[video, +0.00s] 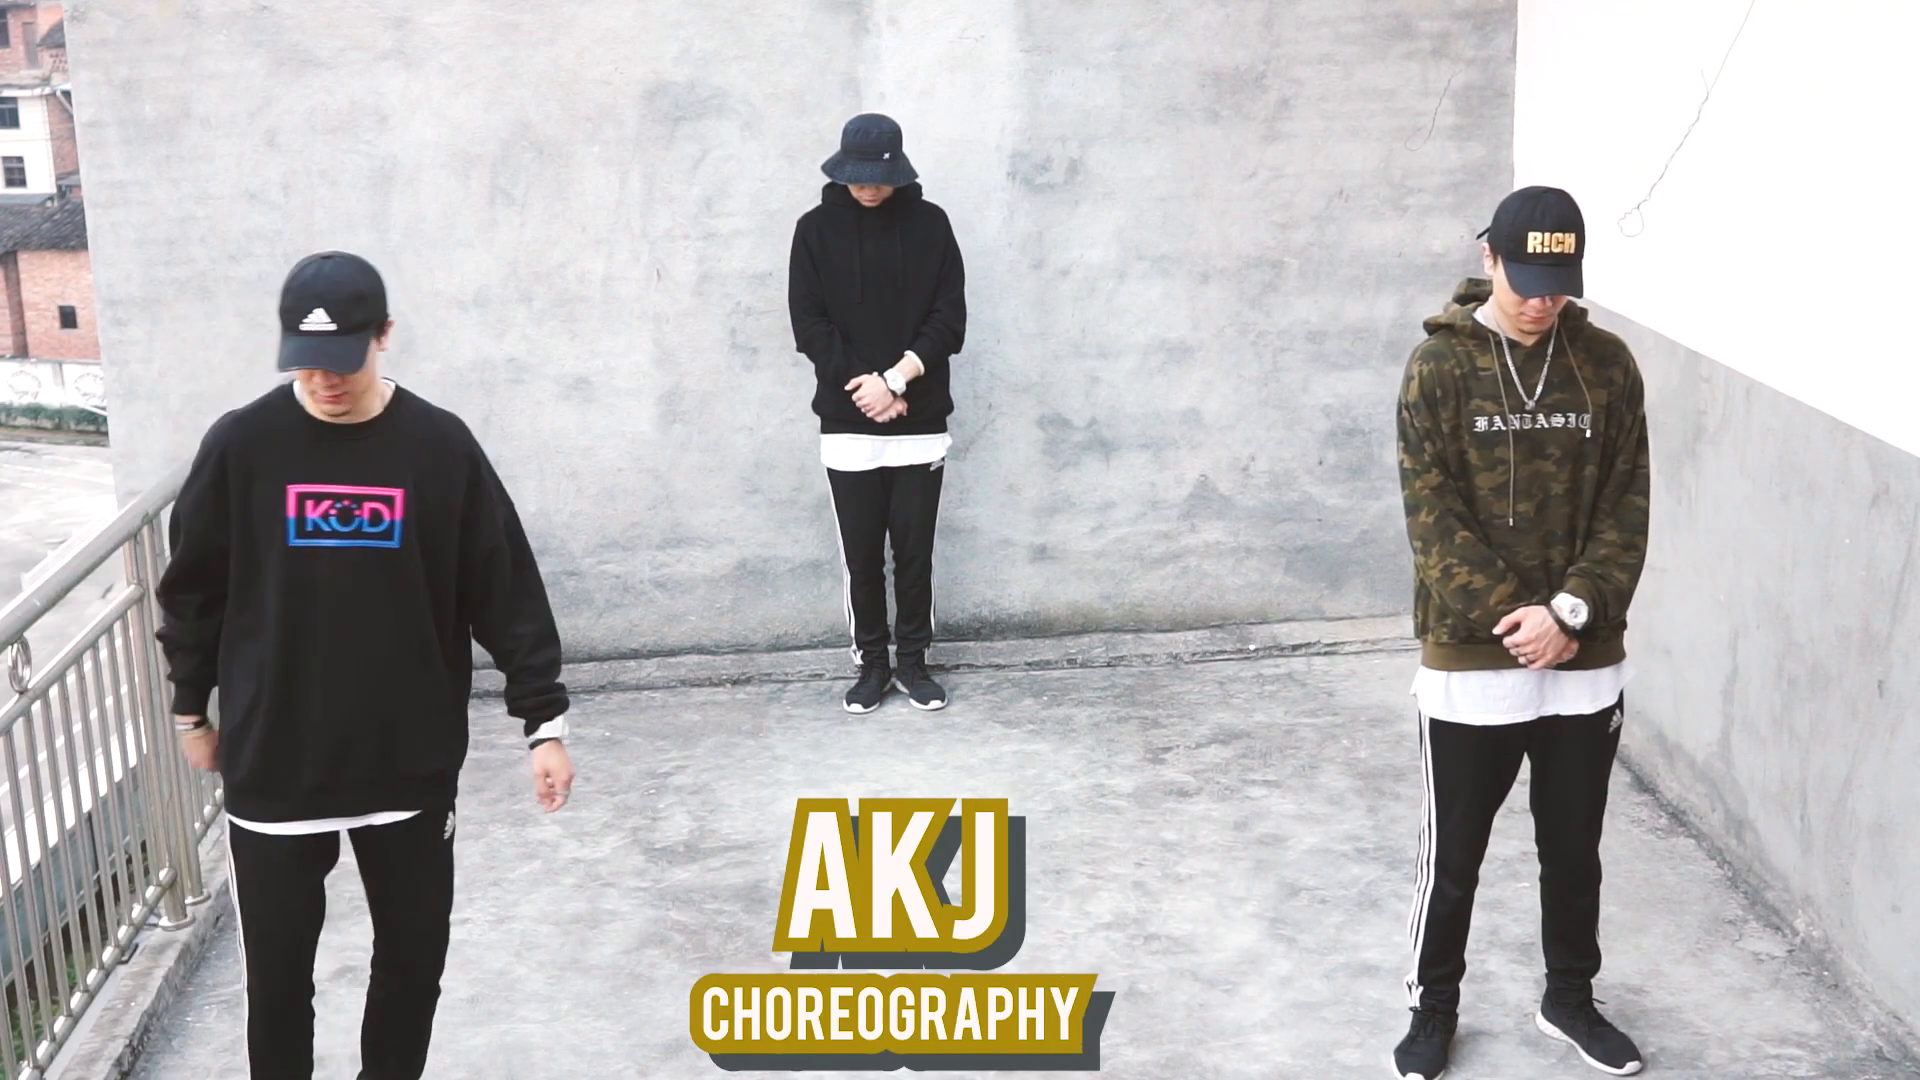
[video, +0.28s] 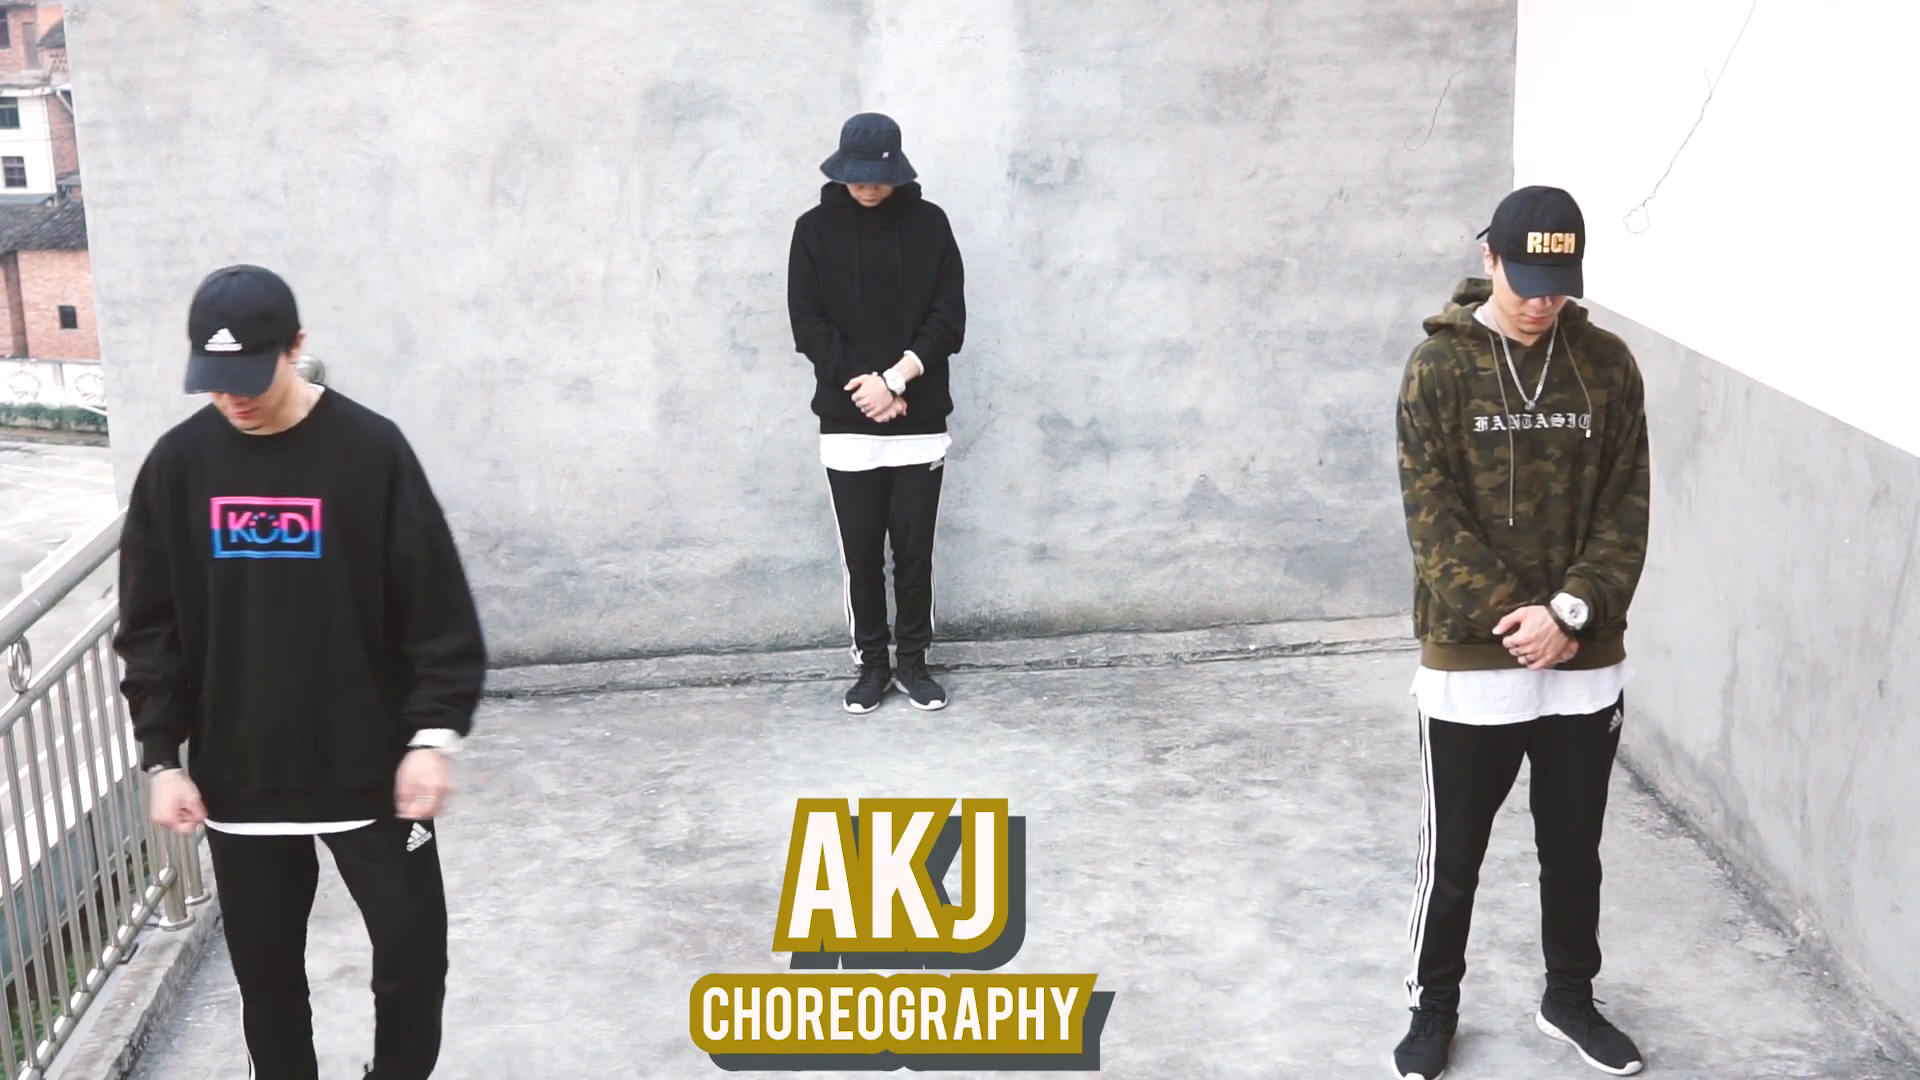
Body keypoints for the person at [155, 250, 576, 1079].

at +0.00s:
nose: (324, 377)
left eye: (343, 358)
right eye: (307, 360)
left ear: (384, 339)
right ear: (286, 347)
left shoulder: (443, 446)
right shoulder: (237, 447)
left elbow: (506, 589)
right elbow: (193, 583)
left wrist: (544, 726)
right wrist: (192, 710)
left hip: (407, 762)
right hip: (275, 763)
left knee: (413, 971)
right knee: (277, 981)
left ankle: (386, 1076)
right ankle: (280, 1077)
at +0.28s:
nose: (235, 402)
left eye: (251, 381)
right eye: (219, 383)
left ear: (295, 349)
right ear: (199, 362)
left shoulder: (372, 450)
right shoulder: (176, 464)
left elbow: (438, 606)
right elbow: (148, 622)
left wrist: (432, 738)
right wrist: (163, 760)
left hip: (368, 769)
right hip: (242, 775)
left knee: (416, 957)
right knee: (268, 985)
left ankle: (397, 1074)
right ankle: (286, 1078)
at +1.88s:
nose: (234, 380)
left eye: (252, 360)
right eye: (218, 363)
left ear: (295, 335)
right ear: (200, 348)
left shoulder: (369, 434)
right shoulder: (169, 449)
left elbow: (396, 597)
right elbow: (166, 613)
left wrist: (310, 700)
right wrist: (260, 720)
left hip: (364, 761)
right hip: (244, 773)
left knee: (371, 974)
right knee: (287, 982)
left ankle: (387, 1078)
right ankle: (318, 1079)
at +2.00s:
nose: (248, 377)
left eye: (266, 357)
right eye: (232, 360)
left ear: (310, 334)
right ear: (213, 346)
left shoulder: (381, 437)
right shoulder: (178, 447)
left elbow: (405, 605)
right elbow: (174, 612)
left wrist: (316, 704)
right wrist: (265, 722)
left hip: (370, 766)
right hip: (248, 776)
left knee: (379, 988)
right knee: (282, 994)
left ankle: (389, 1079)